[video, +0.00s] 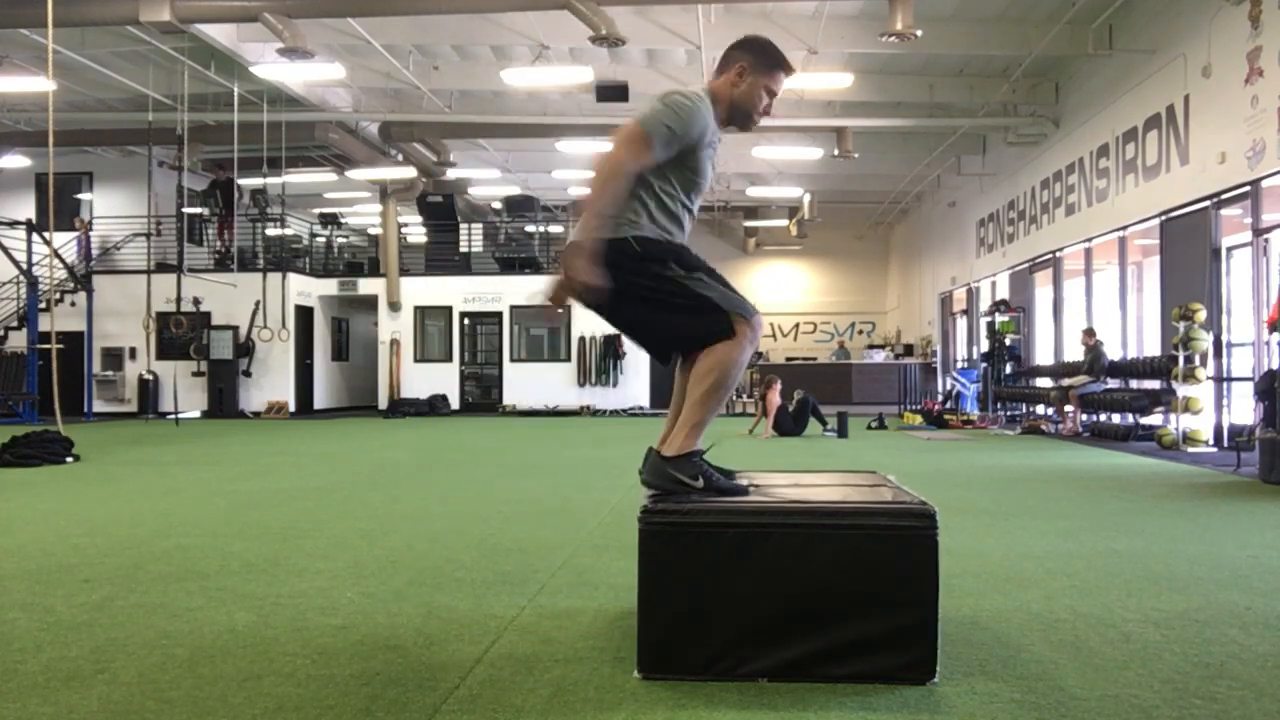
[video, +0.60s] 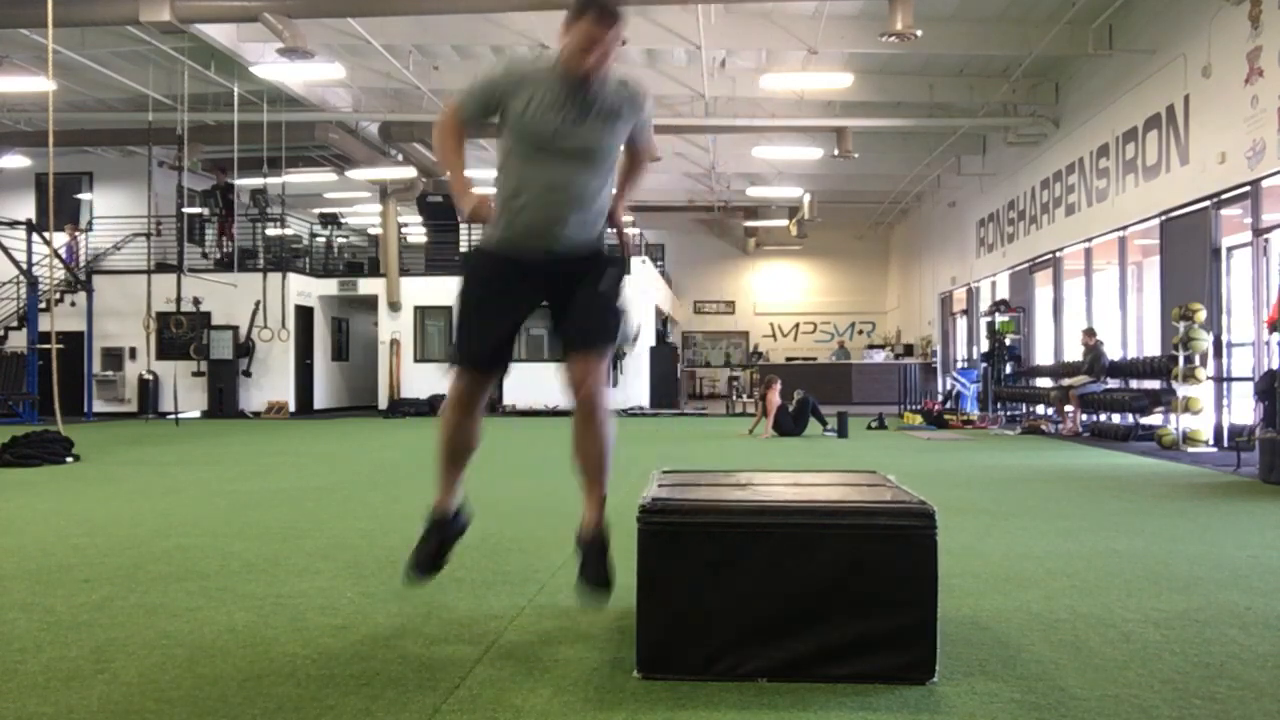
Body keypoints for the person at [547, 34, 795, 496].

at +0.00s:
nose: (769, 108)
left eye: (774, 99)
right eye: (767, 93)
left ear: (737, 79)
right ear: (737, 74)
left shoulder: (701, 128)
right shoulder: (691, 108)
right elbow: (619, 160)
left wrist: (574, 266)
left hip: (619, 255)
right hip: (632, 247)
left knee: (708, 342)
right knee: (743, 327)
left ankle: (668, 456)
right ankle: (680, 454)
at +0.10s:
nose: (760, 99)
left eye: (764, 90)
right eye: (757, 84)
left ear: (727, 70)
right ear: (727, 66)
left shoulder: (697, 121)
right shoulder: (686, 106)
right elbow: (637, 164)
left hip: (602, 251)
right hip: (617, 244)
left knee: (704, 348)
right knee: (740, 328)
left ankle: (668, 458)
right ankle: (681, 456)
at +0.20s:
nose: (736, 66)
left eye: (742, 57)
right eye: (733, 50)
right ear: (700, 30)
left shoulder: (687, 101)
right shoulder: (658, 67)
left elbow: (670, 188)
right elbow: (615, 124)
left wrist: (722, 229)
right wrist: (683, 190)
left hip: (621, 226)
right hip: (600, 221)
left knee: (704, 323)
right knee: (710, 313)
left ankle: (673, 455)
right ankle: (675, 455)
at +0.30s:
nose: (714, 25)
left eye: (720, 17)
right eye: (710, 11)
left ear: (708, 15)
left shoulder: (678, 63)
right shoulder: (627, 19)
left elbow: (670, 135)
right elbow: (575, 82)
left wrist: (688, 192)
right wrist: (649, 127)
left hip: (616, 194)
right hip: (565, 181)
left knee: (681, 294)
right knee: (643, 292)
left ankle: (664, 444)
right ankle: (654, 446)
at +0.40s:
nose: (680, 11)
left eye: (684, 5)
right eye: (675, 3)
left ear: (675, 8)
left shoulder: (663, 45)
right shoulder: (584, 13)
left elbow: (654, 116)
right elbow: (514, 66)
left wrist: (643, 182)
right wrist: (587, 113)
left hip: (611, 182)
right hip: (547, 177)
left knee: (659, 283)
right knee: (599, 285)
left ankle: (602, 391)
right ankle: (565, 429)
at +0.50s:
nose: (643, 17)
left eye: (650, 9)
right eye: (635, 6)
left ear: (654, 11)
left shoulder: (647, 58)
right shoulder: (544, 28)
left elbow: (638, 113)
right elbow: (467, 82)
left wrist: (622, 168)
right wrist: (505, 145)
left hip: (603, 208)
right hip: (533, 206)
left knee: (628, 320)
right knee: (528, 326)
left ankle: (598, 440)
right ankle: (496, 451)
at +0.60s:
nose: (596, 54)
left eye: (607, 45)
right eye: (588, 41)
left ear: (619, 45)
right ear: (565, 32)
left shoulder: (627, 98)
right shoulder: (517, 79)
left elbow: (641, 153)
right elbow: (449, 122)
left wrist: (618, 203)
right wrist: (461, 189)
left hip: (585, 259)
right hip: (506, 255)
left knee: (591, 391)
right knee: (466, 390)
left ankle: (594, 529)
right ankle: (445, 510)